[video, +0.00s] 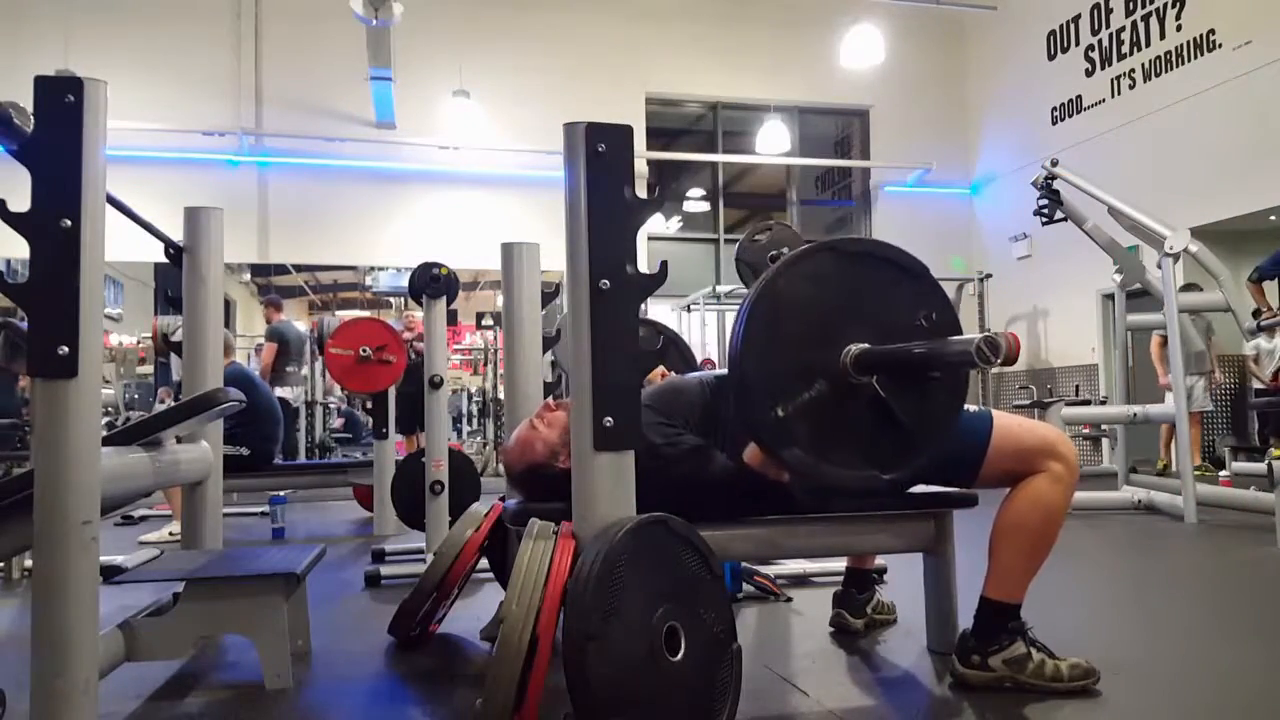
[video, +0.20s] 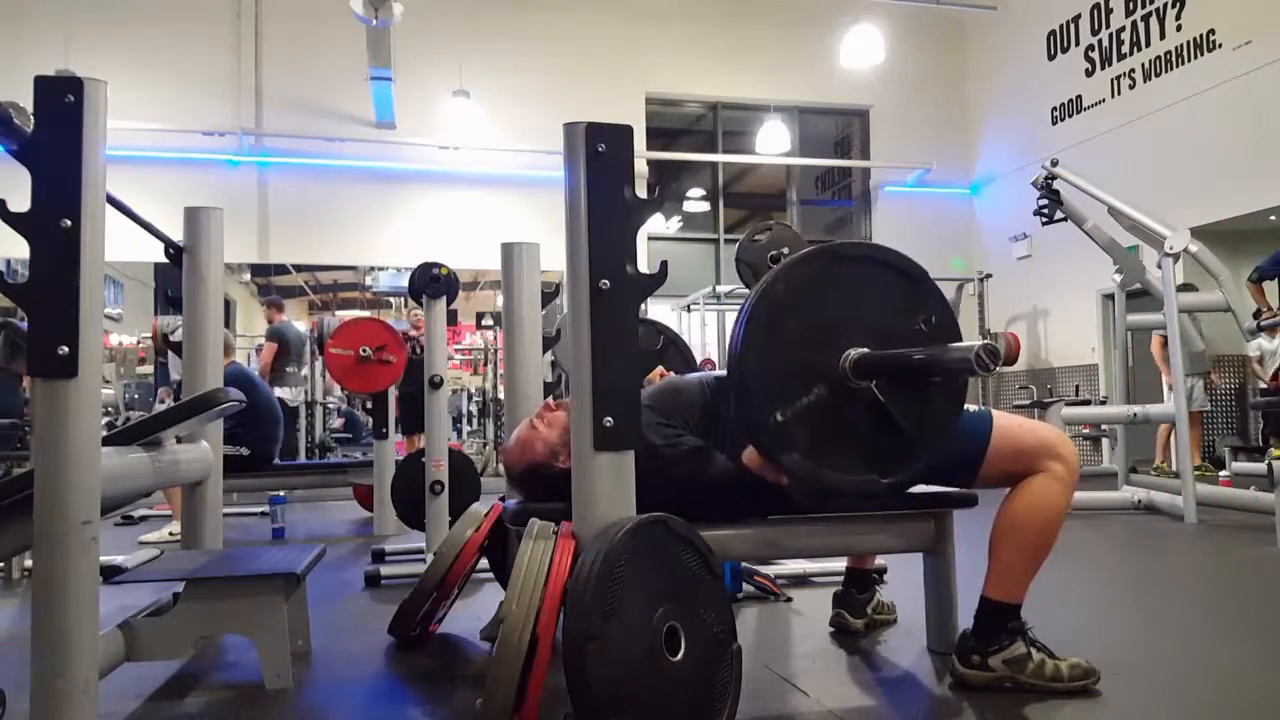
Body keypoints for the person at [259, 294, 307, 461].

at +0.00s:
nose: (264, 314)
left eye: (265, 310)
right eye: (264, 310)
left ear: (270, 310)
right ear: (280, 309)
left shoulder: (275, 329)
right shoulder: (296, 330)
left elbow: (267, 361)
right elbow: (302, 359)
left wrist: (263, 382)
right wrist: (294, 373)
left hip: (281, 383)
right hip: (298, 381)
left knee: (284, 425)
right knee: (292, 425)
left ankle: (287, 462)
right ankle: (292, 462)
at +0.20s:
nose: (264, 315)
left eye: (265, 311)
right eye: (264, 311)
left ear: (272, 310)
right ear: (281, 310)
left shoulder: (275, 330)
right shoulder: (298, 331)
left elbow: (266, 360)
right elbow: (304, 360)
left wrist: (262, 381)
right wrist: (294, 372)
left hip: (280, 383)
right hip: (298, 382)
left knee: (283, 426)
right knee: (292, 426)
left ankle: (284, 463)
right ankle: (291, 462)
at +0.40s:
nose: (266, 317)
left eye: (267, 313)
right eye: (266, 313)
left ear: (275, 312)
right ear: (280, 312)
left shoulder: (276, 331)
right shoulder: (299, 332)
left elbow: (268, 362)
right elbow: (306, 361)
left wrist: (261, 383)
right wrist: (296, 373)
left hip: (279, 382)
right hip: (297, 381)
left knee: (277, 423)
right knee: (292, 426)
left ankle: (276, 459)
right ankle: (293, 460)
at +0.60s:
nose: (266, 317)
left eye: (267, 313)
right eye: (266, 313)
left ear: (275, 312)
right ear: (280, 312)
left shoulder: (276, 331)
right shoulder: (298, 333)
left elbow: (268, 362)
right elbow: (305, 361)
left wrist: (259, 382)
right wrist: (296, 374)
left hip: (277, 382)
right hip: (295, 381)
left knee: (273, 423)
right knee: (291, 425)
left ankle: (274, 459)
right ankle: (292, 461)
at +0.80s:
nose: (260, 320)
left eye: (260, 316)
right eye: (259, 316)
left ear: (267, 314)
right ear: (275, 314)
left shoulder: (271, 331)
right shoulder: (293, 332)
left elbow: (266, 361)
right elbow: (299, 360)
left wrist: (258, 382)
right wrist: (292, 375)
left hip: (275, 383)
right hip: (293, 382)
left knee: (271, 422)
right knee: (290, 424)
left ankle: (271, 457)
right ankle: (290, 458)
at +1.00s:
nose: (252, 321)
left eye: (252, 318)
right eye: (251, 318)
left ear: (258, 316)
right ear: (267, 315)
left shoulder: (263, 333)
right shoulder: (284, 330)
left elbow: (260, 364)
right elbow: (292, 357)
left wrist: (257, 385)